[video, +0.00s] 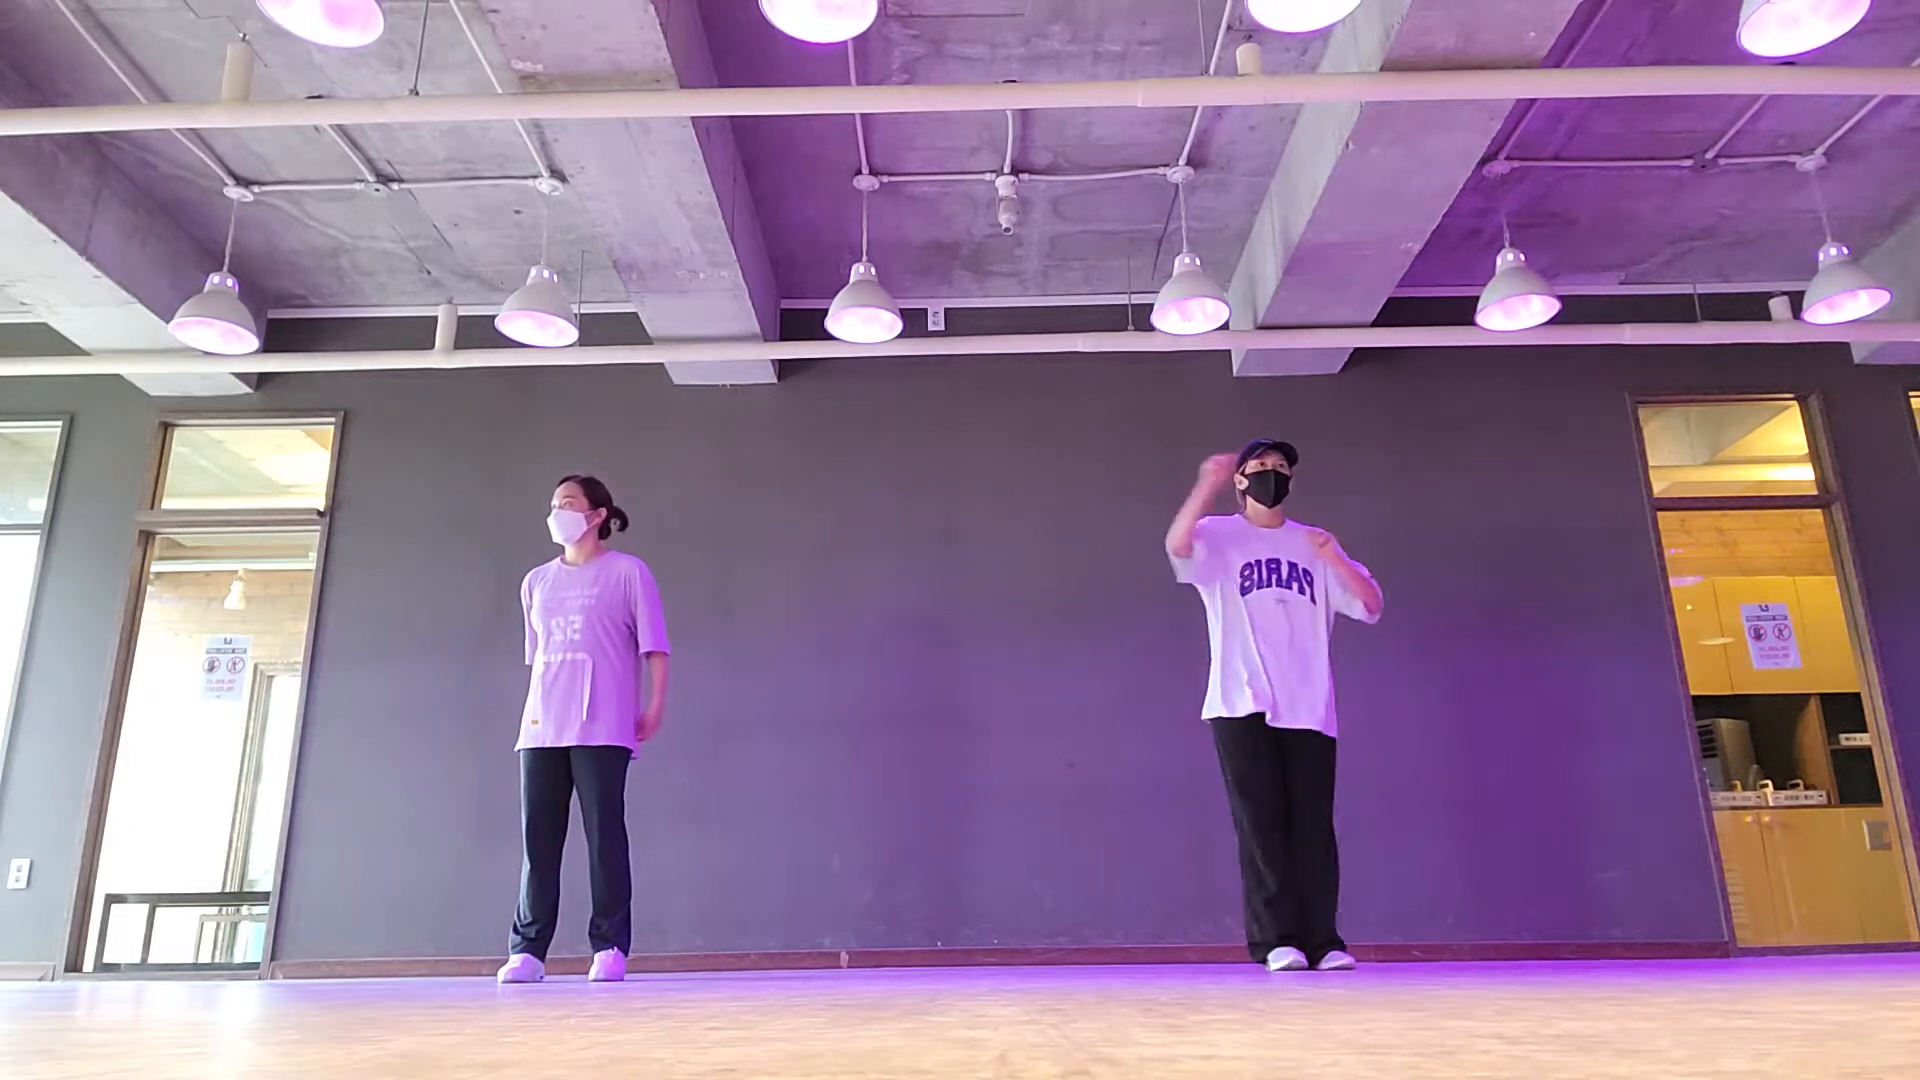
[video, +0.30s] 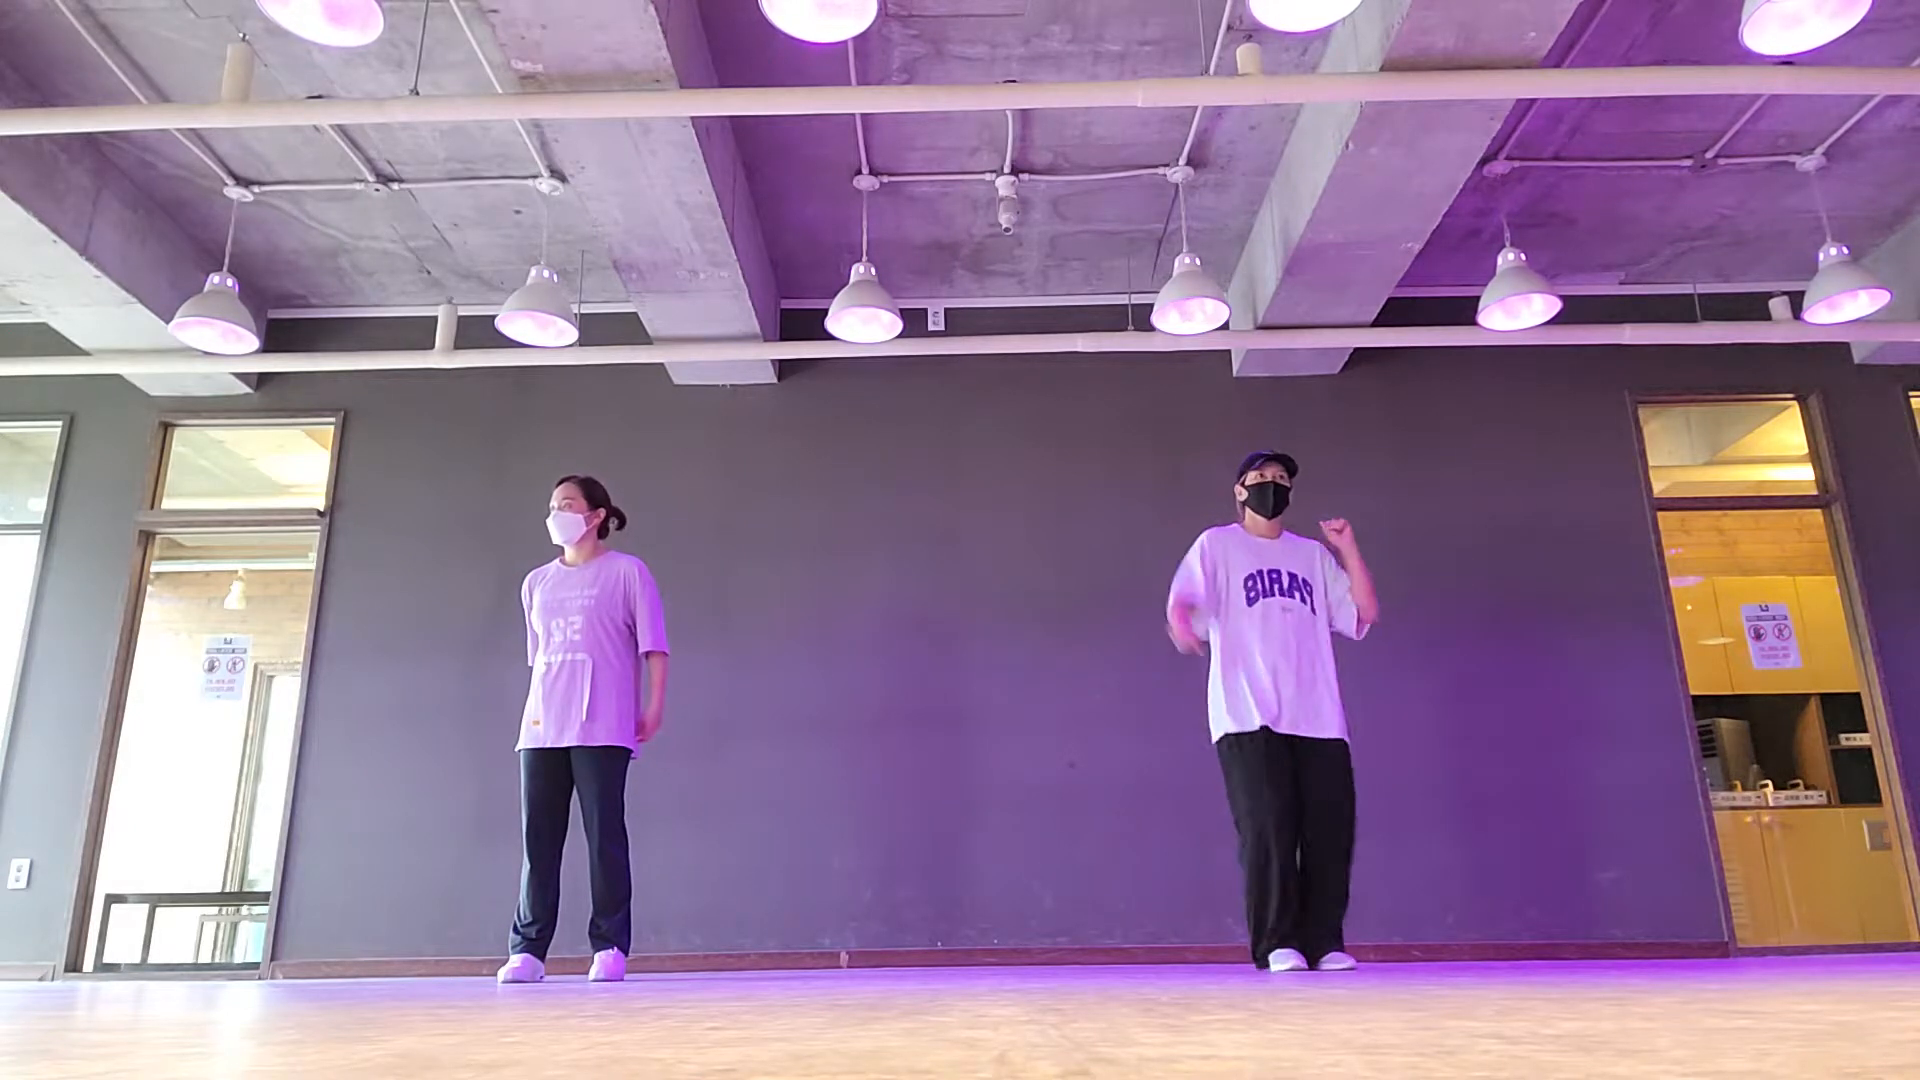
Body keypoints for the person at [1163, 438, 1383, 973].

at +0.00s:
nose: (1270, 478)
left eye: (1279, 472)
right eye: (1259, 471)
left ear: (1291, 482)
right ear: (1240, 482)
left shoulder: (1315, 544)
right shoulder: (1219, 536)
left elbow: (1371, 606)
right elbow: (1178, 546)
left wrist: (1335, 556)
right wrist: (1207, 486)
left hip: (1308, 704)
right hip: (1242, 703)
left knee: (1314, 824)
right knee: (1262, 825)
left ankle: (1323, 942)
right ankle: (1276, 945)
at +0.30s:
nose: (1271, 489)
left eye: (1280, 482)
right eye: (1260, 481)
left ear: (1290, 494)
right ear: (1240, 492)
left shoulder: (1315, 555)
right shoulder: (1215, 545)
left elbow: (1364, 615)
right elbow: (1179, 604)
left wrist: (1348, 550)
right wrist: (1185, 634)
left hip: (1317, 715)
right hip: (1249, 713)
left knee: (1332, 832)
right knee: (1267, 831)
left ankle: (1325, 943)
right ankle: (1275, 946)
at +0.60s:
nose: (1248, 473)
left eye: (1257, 468)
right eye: (1238, 470)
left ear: (1271, 483)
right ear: (1222, 489)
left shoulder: (1320, 529)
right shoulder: (1208, 545)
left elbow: (1393, 515)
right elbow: (1183, 623)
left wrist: (1405, 458)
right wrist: (1227, 635)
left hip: (1315, 705)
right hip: (1246, 712)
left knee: (1316, 826)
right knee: (1260, 831)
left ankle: (1324, 943)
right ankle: (1276, 944)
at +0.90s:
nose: (1231, 489)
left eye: (1239, 479)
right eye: (1219, 485)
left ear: (1257, 486)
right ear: (1209, 499)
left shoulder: (1303, 532)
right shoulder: (1204, 556)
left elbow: (1348, 577)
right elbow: (1199, 636)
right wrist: (1254, 604)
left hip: (1316, 705)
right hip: (1247, 713)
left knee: (1322, 822)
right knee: (1264, 825)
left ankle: (1327, 944)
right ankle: (1277, 943)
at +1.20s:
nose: (1234, 483)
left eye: (1242, 473)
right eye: (1223, 478)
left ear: (1261, 481)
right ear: (1212, 493)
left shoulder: (1295, 520)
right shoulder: (1204, 541)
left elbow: (1275, 573)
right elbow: (1190, 577)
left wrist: (1205, 589)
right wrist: (1248, 535)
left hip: (1307, 688)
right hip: (1242, 693)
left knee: (1319, 813)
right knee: (1264, 816)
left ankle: (1328, 943)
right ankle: (1280, 944)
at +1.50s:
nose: (1235, 482)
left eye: (1246, 474)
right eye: (1226, 477)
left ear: (1265, 485)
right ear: (1216, 493)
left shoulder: (1294, 523)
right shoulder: (1203, 537)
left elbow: (1298, 533)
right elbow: (1177, 521)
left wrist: (1287, 551)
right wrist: (1151, 505)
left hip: (1304, 696)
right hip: (1236, 703)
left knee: (1315, 821)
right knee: (1256, 828)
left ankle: (1328, 943)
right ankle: (1273, 945)